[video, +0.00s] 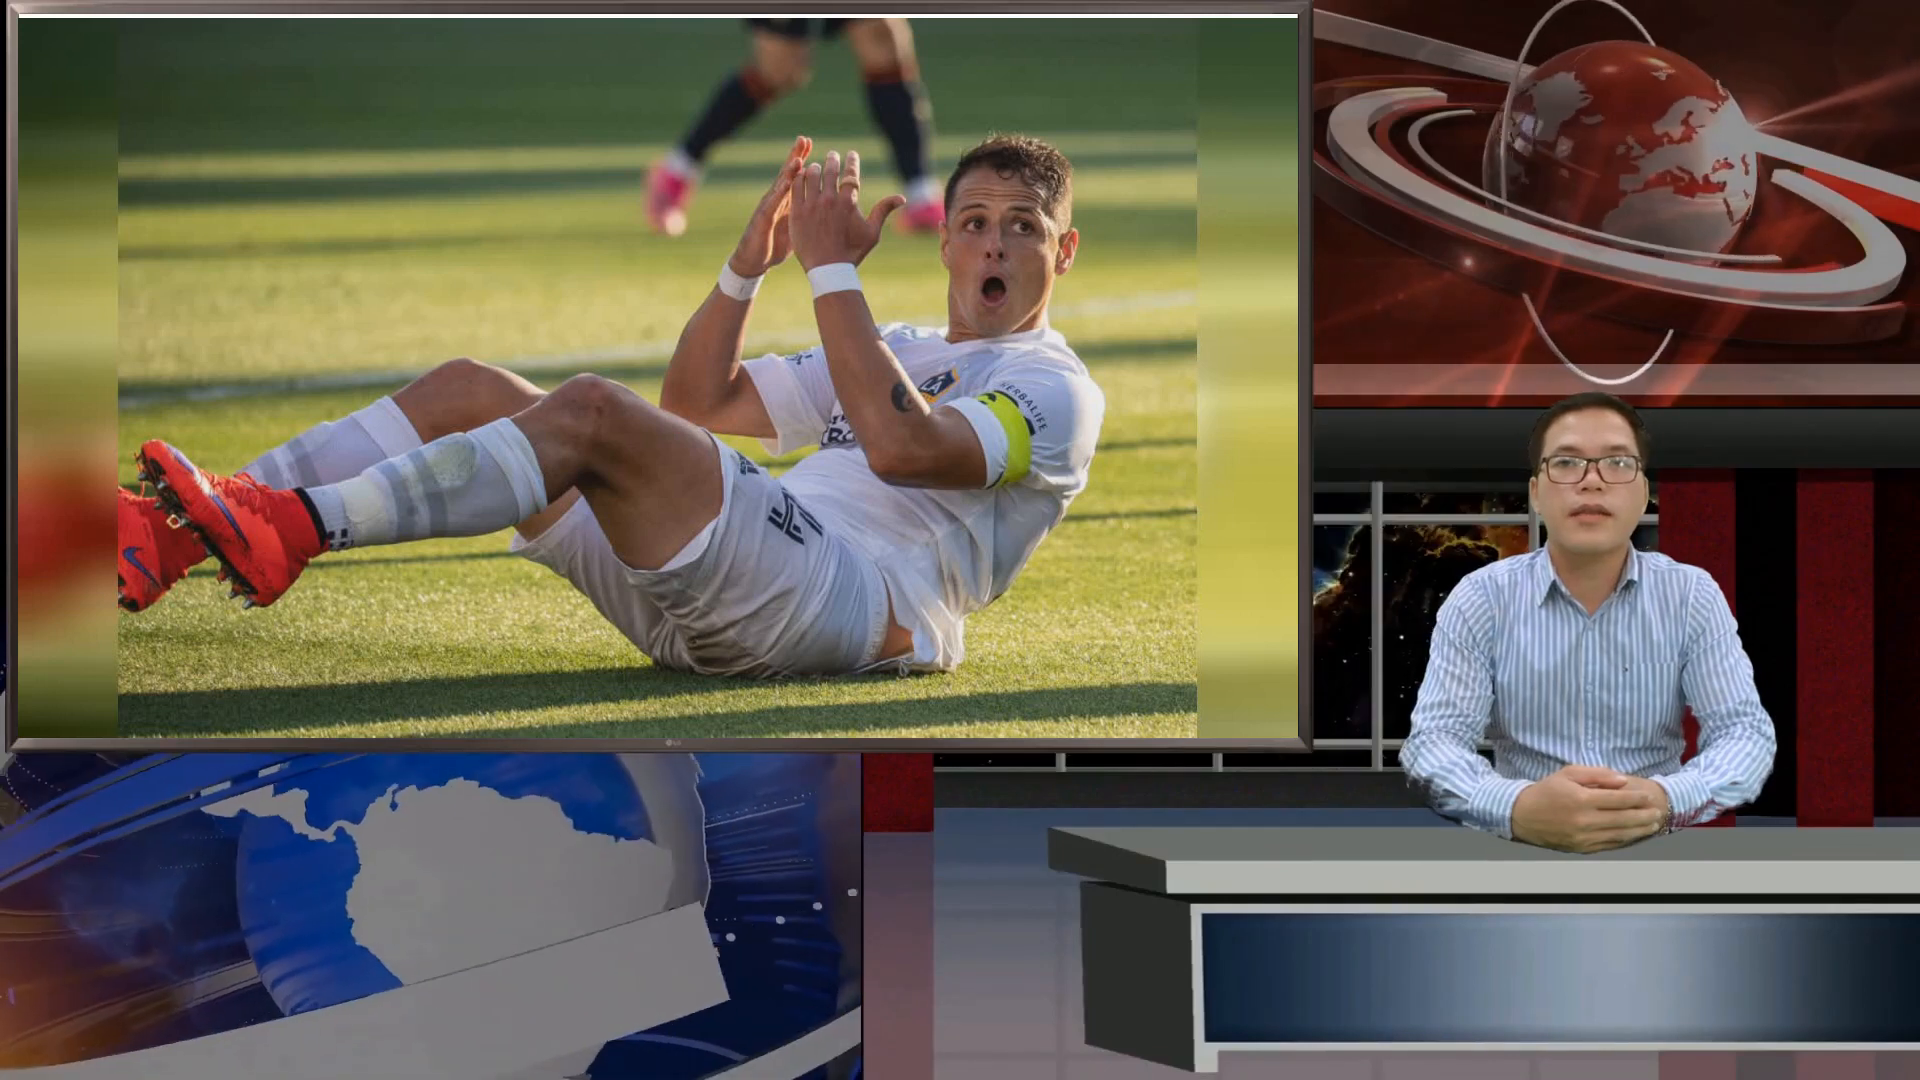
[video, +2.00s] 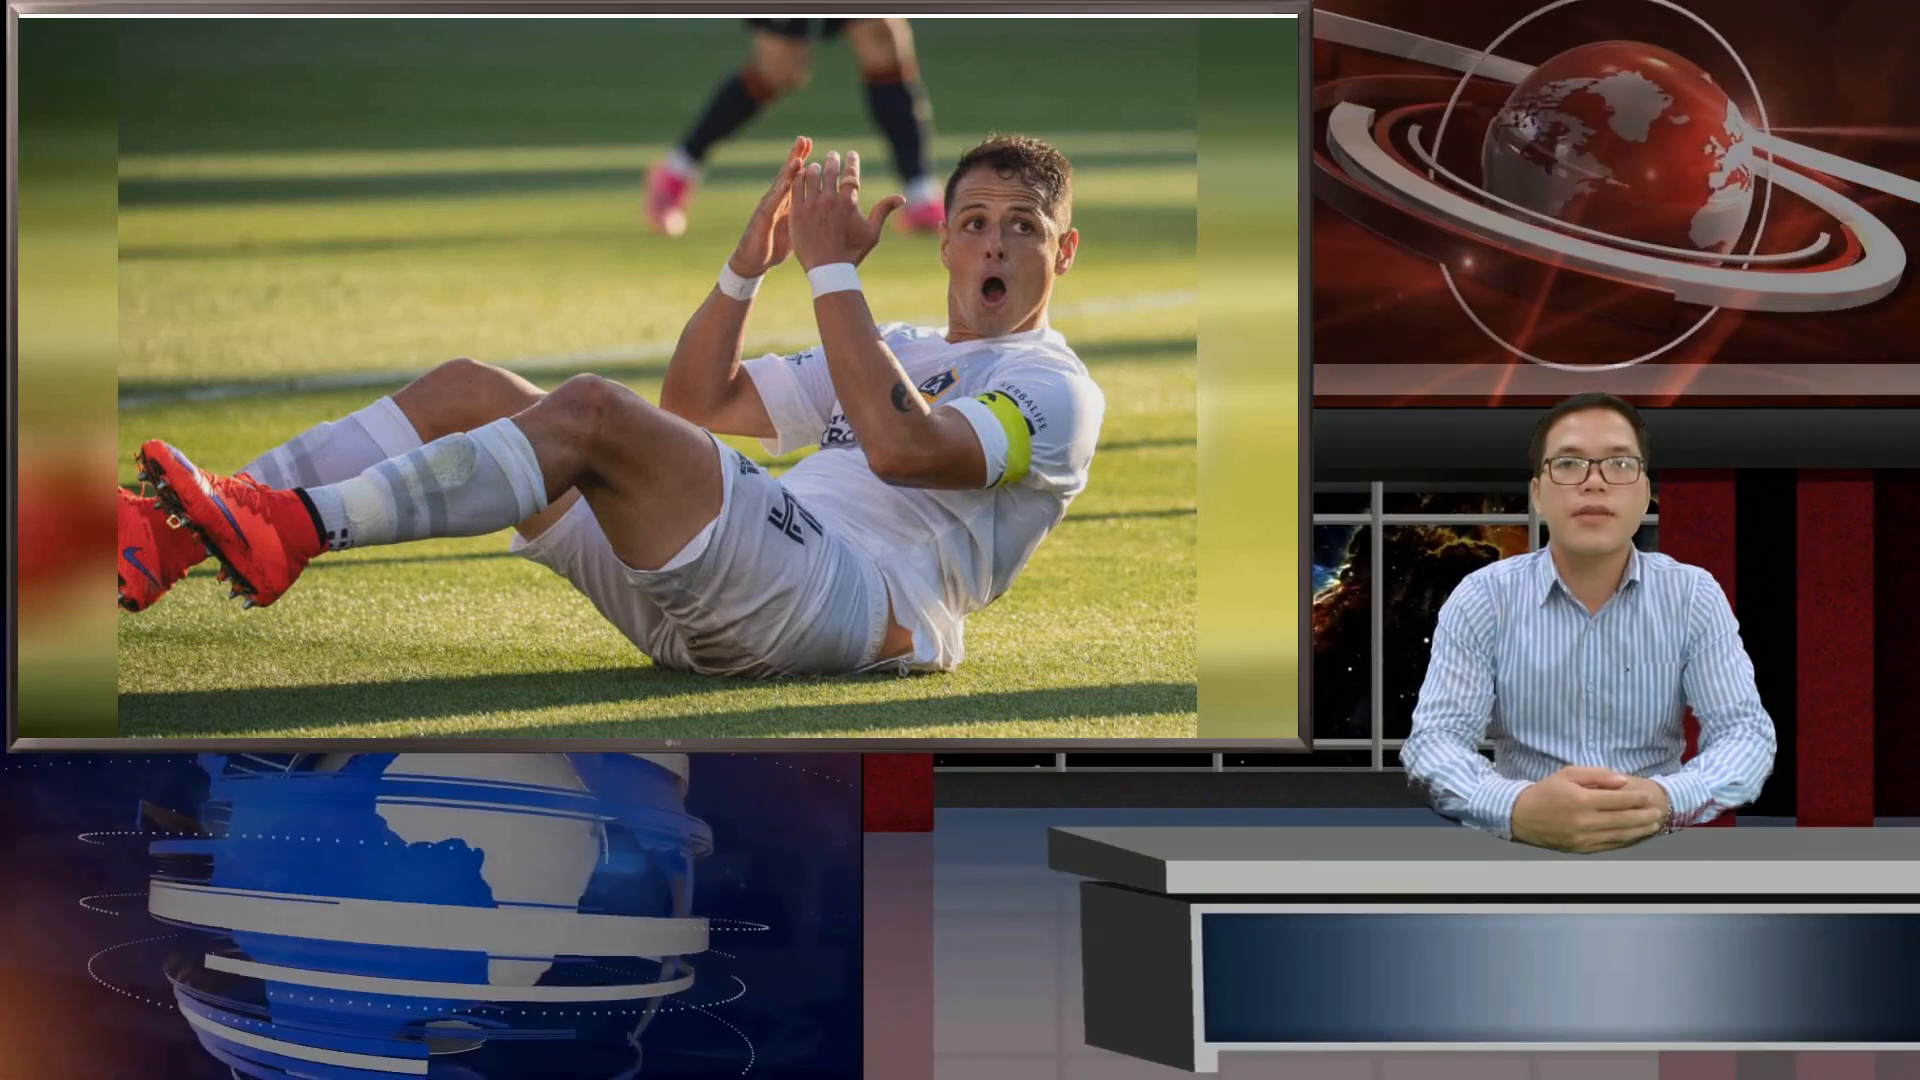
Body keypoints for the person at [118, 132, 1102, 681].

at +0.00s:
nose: (997, 245)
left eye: (1024, 229)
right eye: (977, 223)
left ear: (1065, 257)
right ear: (943, 241)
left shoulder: (1056, 388)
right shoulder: (892, 359)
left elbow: (901, 446)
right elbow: (694, 406)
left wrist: (833, 268)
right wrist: (747, 268)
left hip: (839, 603)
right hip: (731, 572)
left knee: (592, 413)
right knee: (467, 388)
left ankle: (299, 525)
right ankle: (179, 539)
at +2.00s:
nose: (996, 246)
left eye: (1024, 231)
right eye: (977, 223)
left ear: (1065, 258)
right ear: (943, 240)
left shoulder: (1056, 389)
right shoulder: (891, 357)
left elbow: (901, 446)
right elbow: (695, 406)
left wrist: (833, 268)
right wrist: (746, 270)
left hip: (838, 603)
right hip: (732, 571)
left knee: (592, 413)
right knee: (468, 389)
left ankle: (299, 524)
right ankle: (179, 539)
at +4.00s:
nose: (995, 246)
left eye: (1022, 230)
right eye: (975, 224)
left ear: (1065, 257)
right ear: (942, 241)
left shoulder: (1055, 389)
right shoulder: (893, 358)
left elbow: (901, 447)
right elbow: (695, 405)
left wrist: (833, 270)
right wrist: (747, 270)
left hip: (840, 603)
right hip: (733, 573)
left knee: (592, 413)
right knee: (468, 389)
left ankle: (299, 525)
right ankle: (179, 538)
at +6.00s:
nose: (996, 246)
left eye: (1023, 230)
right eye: (977, 223)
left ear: (1065, 257)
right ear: (943, 241)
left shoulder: (1056, 389)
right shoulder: (892, 358)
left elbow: (901, 446)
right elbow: (695, 406)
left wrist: (833, 268)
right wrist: (746, 270)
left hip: (839, 603)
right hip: (731, 572)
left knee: (593, 413)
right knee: (467, 389)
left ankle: (299, 524)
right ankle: (180, 538)